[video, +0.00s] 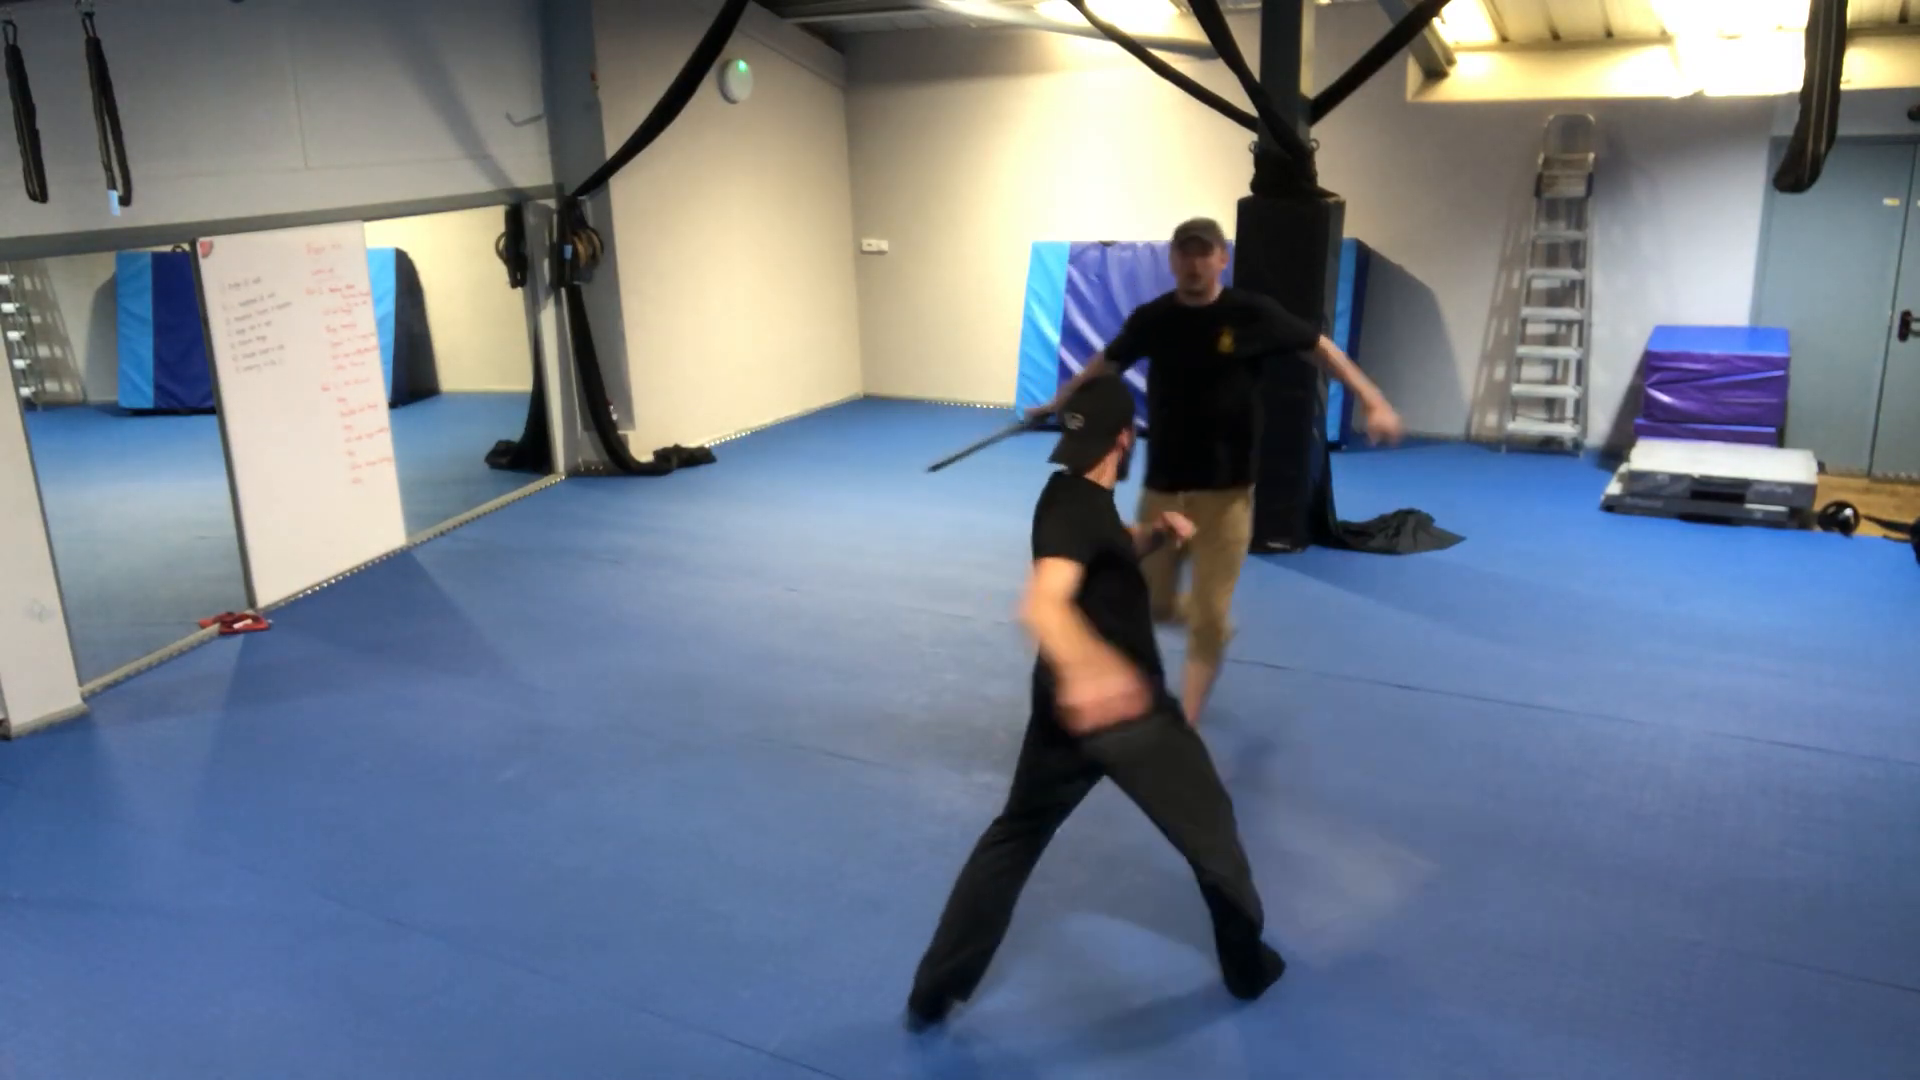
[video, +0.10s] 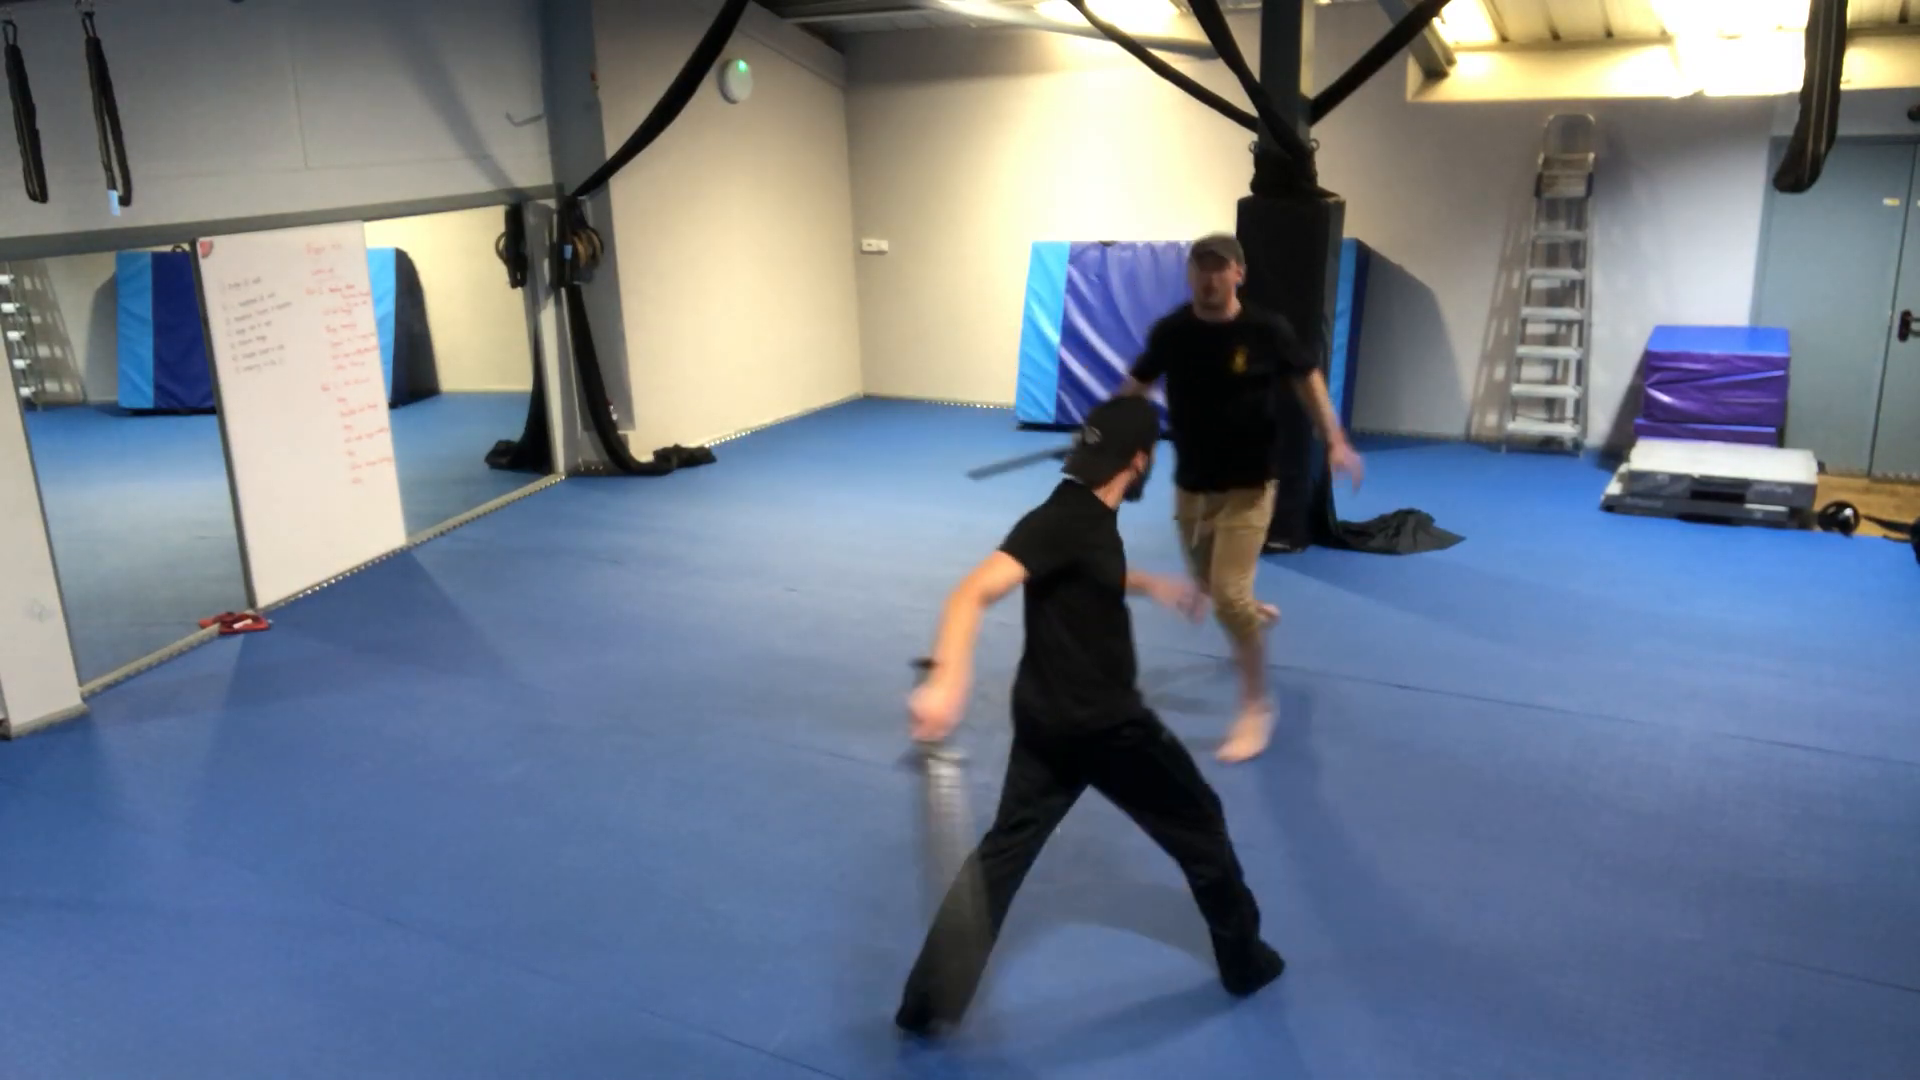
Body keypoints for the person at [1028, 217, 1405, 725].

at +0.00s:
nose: (1193, 265)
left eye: (1203, 255)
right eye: (1185, 255)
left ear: (1222, 259)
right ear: (1172, 260)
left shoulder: (1253, 314)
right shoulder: (1153, 319)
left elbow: (1320, 349)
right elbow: (1103, 364)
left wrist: (1375, 402)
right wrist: (1057, 403)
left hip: (1226, 492)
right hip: (1163, 489)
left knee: (1207, 615)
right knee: (1154, 603)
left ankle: (1185, 726)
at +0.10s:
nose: (1209, 282)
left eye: (1219, 272)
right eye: (1201, 272)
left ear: (1238, 274)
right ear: (1189, 275)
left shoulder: (1267, 331)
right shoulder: (1172, 332)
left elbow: (1309, 380)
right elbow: (1135, 385)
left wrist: (1334, 440)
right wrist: (1114, 435)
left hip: (1248, 487)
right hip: (1192, 485)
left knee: (1232, 599)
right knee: (1208, 583)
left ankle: (1255, 706)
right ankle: (1251, 615)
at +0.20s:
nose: (1215, 308)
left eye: (1225, 298)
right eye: (1208, 297)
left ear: (1245, 304)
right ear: (1198, 302)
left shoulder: (1271, 360)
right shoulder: (1185, 360)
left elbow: (1310, 418)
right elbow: (1177, 423)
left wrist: (1300, 487)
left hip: (1266, 497)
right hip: (1217, 496)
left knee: (1241, 603)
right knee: (1245, 577)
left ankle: (1301, 700)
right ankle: (1282, 630)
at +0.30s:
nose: (1214, 305)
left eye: (1225, 295)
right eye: (1207, 294)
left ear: (1245, 297)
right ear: (1199, 297)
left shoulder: (1271, 353)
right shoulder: (1198, 354)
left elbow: (1312, 428)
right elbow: (1200, 416)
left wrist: (1249, 473)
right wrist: (1169, 458)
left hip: (1280, 491)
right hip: (1230, 487)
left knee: (1244, 588)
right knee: (1250, 577)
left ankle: (1294, 693)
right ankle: (1287, 636)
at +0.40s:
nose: (1214, 284)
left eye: (1224, 274)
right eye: (1208, 274)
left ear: (1247, 273)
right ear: (1201, 275)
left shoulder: (1264, 321)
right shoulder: (1210, 327)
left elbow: (1287, 393)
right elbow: (1225, 397)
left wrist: (1216, 436)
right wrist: (1204, 437)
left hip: (1283, 472)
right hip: (1242, 469)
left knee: (1254, 580)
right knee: (1259, 568)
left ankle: (1298, 673)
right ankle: (1287, 637)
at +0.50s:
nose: (1214, 280)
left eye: (1225, 271)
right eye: (1210, 270)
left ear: (1250, 271)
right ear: (1206, 271)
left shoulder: (1258, 317)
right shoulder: (1230, 318)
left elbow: (1256, 381)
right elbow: (1243, 392)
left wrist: (1204, 443)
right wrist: (1217, 450)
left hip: (1284, 471)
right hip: (1249, 466)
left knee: (1256, 578)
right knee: (1235, 560)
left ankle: (1306, 682)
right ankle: (1294, 630)